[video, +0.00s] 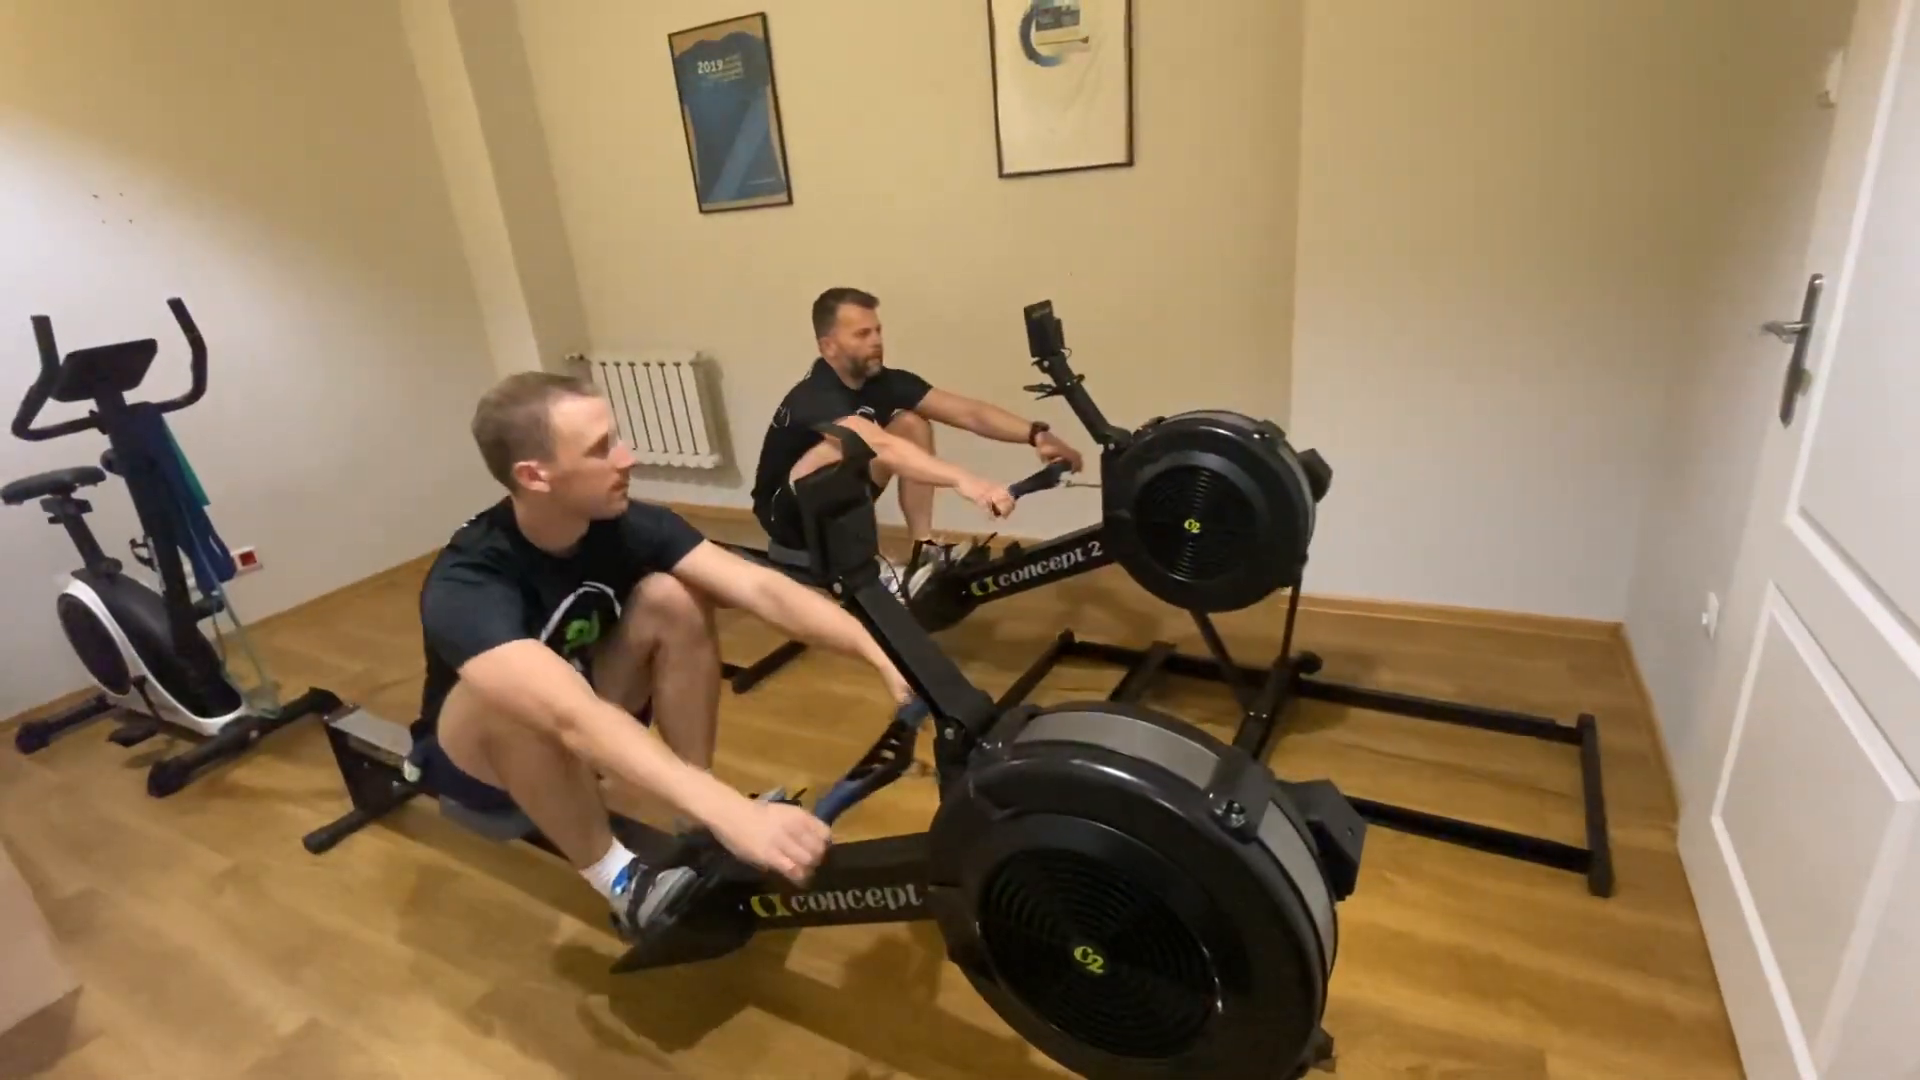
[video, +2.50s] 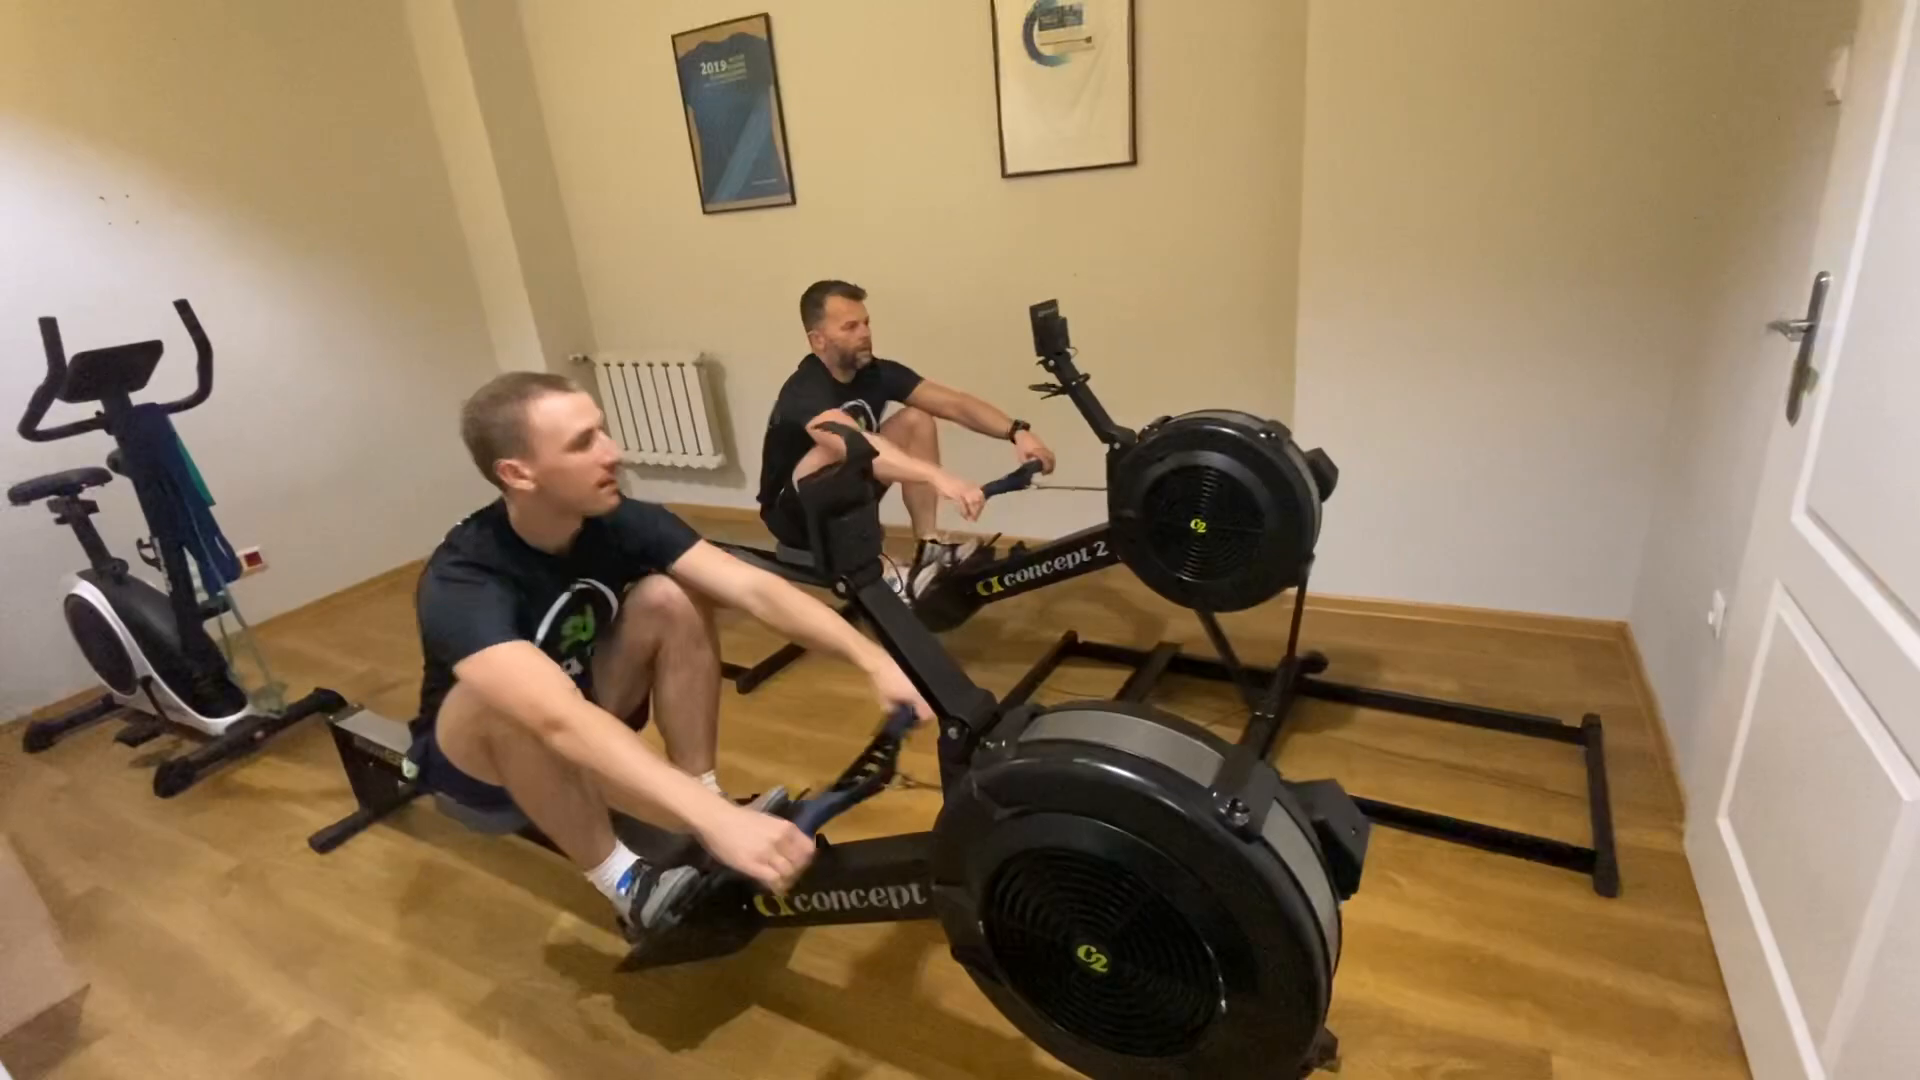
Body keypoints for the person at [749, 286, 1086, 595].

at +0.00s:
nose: (878, 342)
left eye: (878, 331)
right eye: (865, 334)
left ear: (880, 330)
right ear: (828, 346)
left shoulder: (885, 382)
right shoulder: (812, 400)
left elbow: (970, 414)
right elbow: (881, 448)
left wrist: (1037, 435)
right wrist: (967, 483)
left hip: (840, 503)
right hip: (788, 515)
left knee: (911, 423)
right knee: (853, 434)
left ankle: (925, 552)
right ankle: (869, 567)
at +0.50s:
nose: (799, 316)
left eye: (800, 306)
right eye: (786, 308)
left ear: (804, 306)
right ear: (751, 317)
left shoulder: (813, 361)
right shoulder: (742, 378)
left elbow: (878, 396)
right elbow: (794, 433)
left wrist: (935, 406)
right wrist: (865, 451)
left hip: (838, 482)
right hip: (788, 506)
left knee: (922, 489)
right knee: (874, 521)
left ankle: (1020, 575)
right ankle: (986, 604)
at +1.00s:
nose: (763, 347)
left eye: (763, 335)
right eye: (750, 338)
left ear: (760, 333)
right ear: (716, 346)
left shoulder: (769, 383)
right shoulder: (701, 410)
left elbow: (796, 432)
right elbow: (687, 492)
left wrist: (821, 408)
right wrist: (718, 446)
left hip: (856, 485)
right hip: (816, 517)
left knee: (940, 522)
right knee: (910, 548)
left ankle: (1061, 579)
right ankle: (1030, 611)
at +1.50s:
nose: (789, 323)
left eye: (789, 312)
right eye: (776, 315)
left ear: (791, 312)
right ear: (743, 324)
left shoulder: (800, 365)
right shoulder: (726, 387)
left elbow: (843, 411)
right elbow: (718, 468)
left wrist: (879, 408)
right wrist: (778, 446)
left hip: (844, 485)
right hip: (798, 510)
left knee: (928, 481)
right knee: (891, 504)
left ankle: (1023, 575)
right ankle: (993, 604)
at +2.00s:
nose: (829, 324)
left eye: (829, 314)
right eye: (815, 318)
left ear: (832, 311)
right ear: (782, 328)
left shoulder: (838, 367)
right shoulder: (762, 382)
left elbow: (901, 406)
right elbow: (781, 458)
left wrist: (951, 420)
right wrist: (859, 471)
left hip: (846, 486)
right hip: (791, 506)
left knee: (914, 444)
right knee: (866, 480)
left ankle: (969, 562)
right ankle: (931, 589)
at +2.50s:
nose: (866, 334)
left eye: (866, 323)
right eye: (851, 327)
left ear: (870, 323)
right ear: (817, 339)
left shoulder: (875, 374)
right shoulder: (805, 392)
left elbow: (955, 404)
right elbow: (854, 443)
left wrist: (1017, 432)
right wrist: (938, 478)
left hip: (847, 496)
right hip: (793, 516)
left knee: (915, 420)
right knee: (838, 446)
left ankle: (930, 546)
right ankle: (873, 567)